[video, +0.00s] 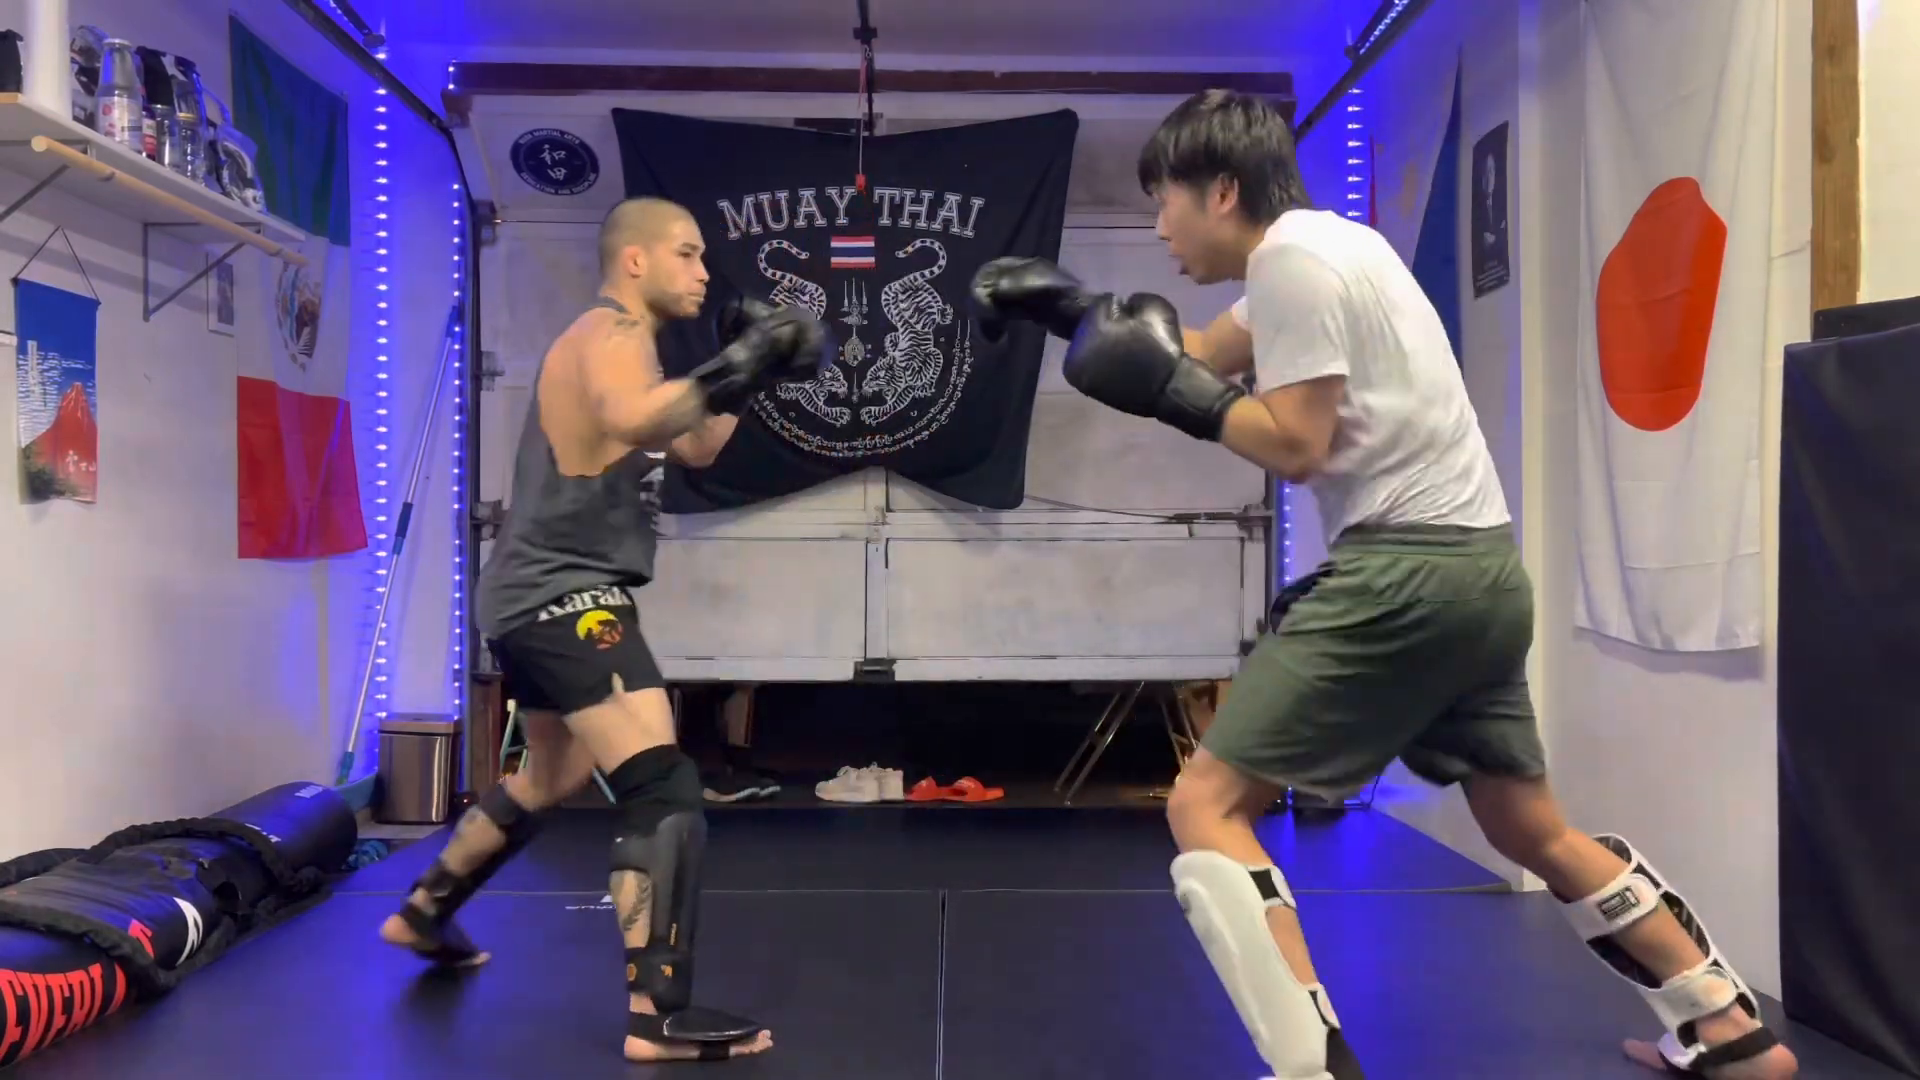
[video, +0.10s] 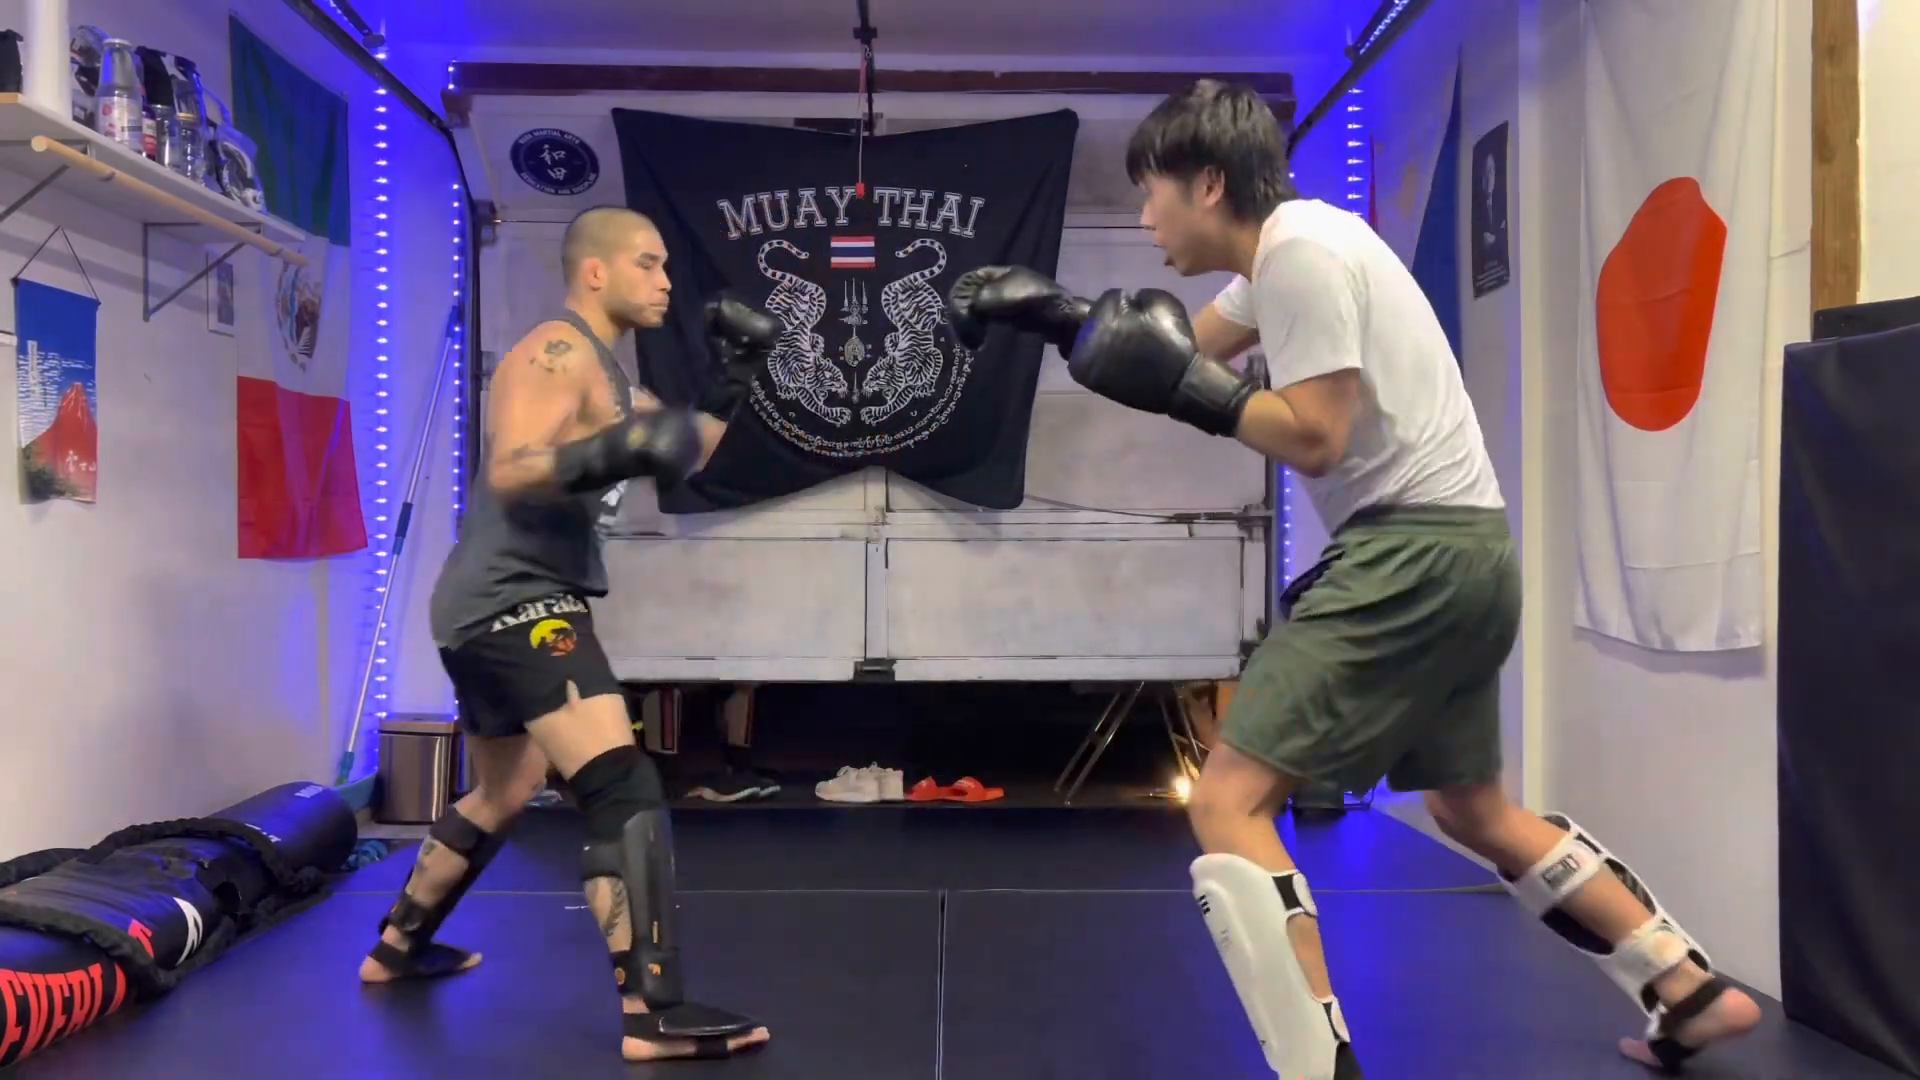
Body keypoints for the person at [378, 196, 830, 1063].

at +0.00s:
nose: (703, 271)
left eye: (702, 257)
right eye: (688, 255)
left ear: (634, 269)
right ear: (634, 260)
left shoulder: (628, 351)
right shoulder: (607, 336)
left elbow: (699, 447)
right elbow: (634, 418)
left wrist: (748, 370)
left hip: (539, 596)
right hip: (565, 595)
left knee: (550, 776)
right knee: (662, 789)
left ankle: (424, 913)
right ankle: (658, 1014)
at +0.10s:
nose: (664, 280)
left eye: (664, 266)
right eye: (649, 264)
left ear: (607, 277)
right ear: (593, 272)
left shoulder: (606, 369)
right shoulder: (553, 352)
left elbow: (682, 458)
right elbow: (508, 471)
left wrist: (730, 377)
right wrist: (618, 449)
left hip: (498, 602)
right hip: (517, 597)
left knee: (503, 791)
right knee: (621, 785)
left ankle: (397, 945)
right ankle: (653, 1009)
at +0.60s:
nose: (575, 236)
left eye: (573, 220)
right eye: (558, 219)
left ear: (503, 230)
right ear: (501, 224)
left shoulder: (498, 316)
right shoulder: (480, 304)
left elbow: (555, 460)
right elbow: (536, 427)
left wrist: (632, 400)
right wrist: (620, 345)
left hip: (458, 580)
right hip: (491, 577)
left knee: (448, 787)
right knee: (573, 797)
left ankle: (392, 951)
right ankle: (520, 1039)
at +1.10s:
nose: (560, 245)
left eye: (559, 227)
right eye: (550, 227)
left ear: (482, 230)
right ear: (504, 227)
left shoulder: (423, 303)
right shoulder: (501, 293)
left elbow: (493, 410)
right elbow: (553, 401)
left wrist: (577, 352)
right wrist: (636, 344)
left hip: (425, 585)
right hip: (518, 574)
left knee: (423, 771)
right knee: (625, 751)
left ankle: (367, 971)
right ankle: (625, 969)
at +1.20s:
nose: (584, 249)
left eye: (582, 232)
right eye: (575, 232)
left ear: (506, 236)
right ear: (530, 233)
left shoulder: (441, 315)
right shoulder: (529, 306)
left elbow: (520, 424)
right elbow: (637, 387)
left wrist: (608, 351)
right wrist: (685, 302)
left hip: (442, 599)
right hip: (542, 588)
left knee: (447, 778)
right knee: (644, 766)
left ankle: (369, 968)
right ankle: (665, 968)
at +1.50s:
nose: (578, 253)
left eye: (576, 237)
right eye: (570, 237)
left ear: (499, 239)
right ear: (526, 237)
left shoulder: (432, 322)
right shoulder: (514, 321)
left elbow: (500, 442)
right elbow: (579, 446)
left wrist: (584, 378)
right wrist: (668, 367)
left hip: (435, 590)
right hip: (521, 584)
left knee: (432, 761)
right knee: (617, 763)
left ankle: (337, 927)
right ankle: (663, 964)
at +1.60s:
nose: (552, 278)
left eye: (550, 263)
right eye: (543, 263)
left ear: (476, 267)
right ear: (501, 267)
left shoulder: (421, 345)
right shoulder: (479, 349)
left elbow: (502, 462)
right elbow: (490, 483)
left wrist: (558, 375)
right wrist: (602, 452)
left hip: (412, 610)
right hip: (480, 607)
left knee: (422, 784)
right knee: (609, 769)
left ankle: (327, 939)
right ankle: (663, 966)